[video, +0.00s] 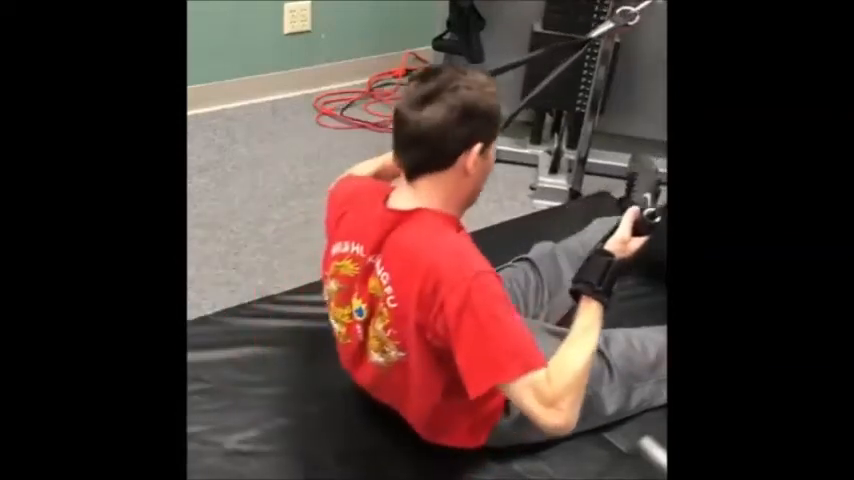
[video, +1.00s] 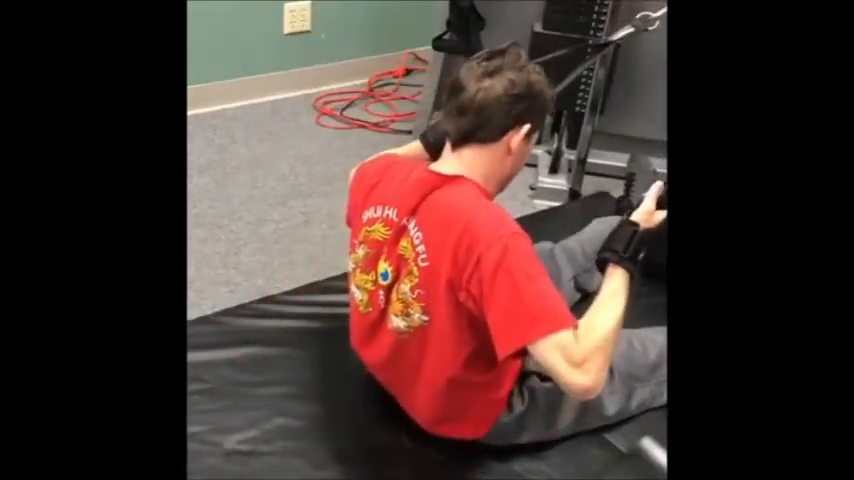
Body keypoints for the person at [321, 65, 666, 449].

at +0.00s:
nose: (490, 164)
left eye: (493, 152)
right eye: (492, 152)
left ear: (404, 152)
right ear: (472, 159)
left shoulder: (349, 199)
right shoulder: (457, 271)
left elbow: (353, 178)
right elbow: (555, 410)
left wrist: (427, 149)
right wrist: (602, 268)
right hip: (479, 404)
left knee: (548, 261)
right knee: (660, 346)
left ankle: (629, 220)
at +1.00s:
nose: (527, 153)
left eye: (531, 141)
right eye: (531, 141)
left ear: (452, 118)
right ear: (518, 138)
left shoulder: (376, 181)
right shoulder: (489, 235)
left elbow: (368, 170)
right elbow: (584, 373)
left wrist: (446, 130)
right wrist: (626, 249)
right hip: (479, 409)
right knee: (663, 350)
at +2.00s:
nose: (511, 155)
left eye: (514, 143)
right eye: (513, 142)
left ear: (432, 132)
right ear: (491, 146)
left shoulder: (366, 185)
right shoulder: (478, 252)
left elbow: (381, 171)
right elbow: (577, 380)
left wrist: (450, 140)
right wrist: (616, 252)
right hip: (481, 409)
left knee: (606, 231)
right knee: (663, 348)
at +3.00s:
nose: (382, 206)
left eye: (374, 197)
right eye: (373, 206)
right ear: (348, 248)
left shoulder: (286, 274)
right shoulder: (397, 368)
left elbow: (336, 202)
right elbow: (526, 424)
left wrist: (414, 162)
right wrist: (569, 298)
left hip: (460, 304)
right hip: (511, 369)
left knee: (544, 256)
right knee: (662, 347)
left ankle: (627, 224)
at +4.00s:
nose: (241, 380)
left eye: (218, 383)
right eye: (228, 406)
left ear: (214, 373)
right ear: (235, 466)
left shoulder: (243, 363)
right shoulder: (332, 476)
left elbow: (322, 277)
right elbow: (490, 464)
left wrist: (401, 202)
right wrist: (538, 341)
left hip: (437, 310)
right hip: (505, 382)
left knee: (547, 260)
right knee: (656, 350)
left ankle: (637, 220)